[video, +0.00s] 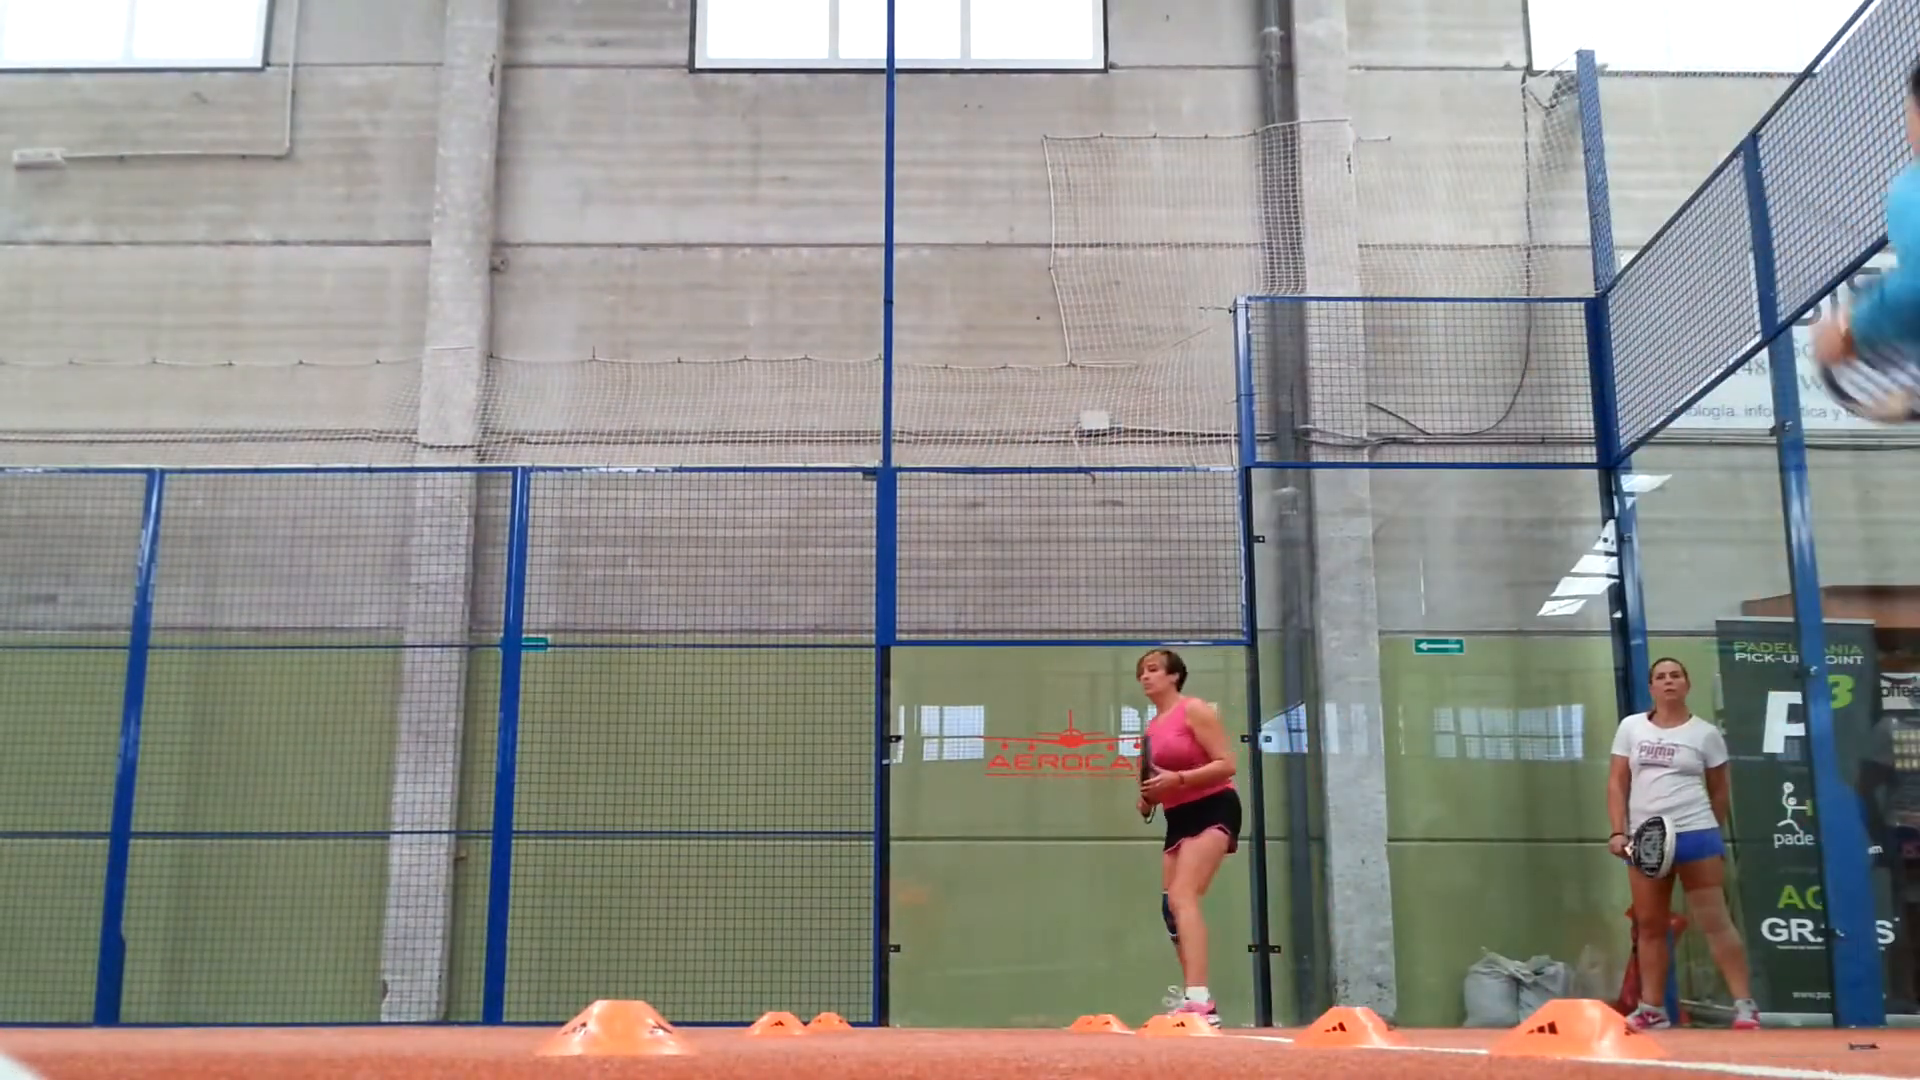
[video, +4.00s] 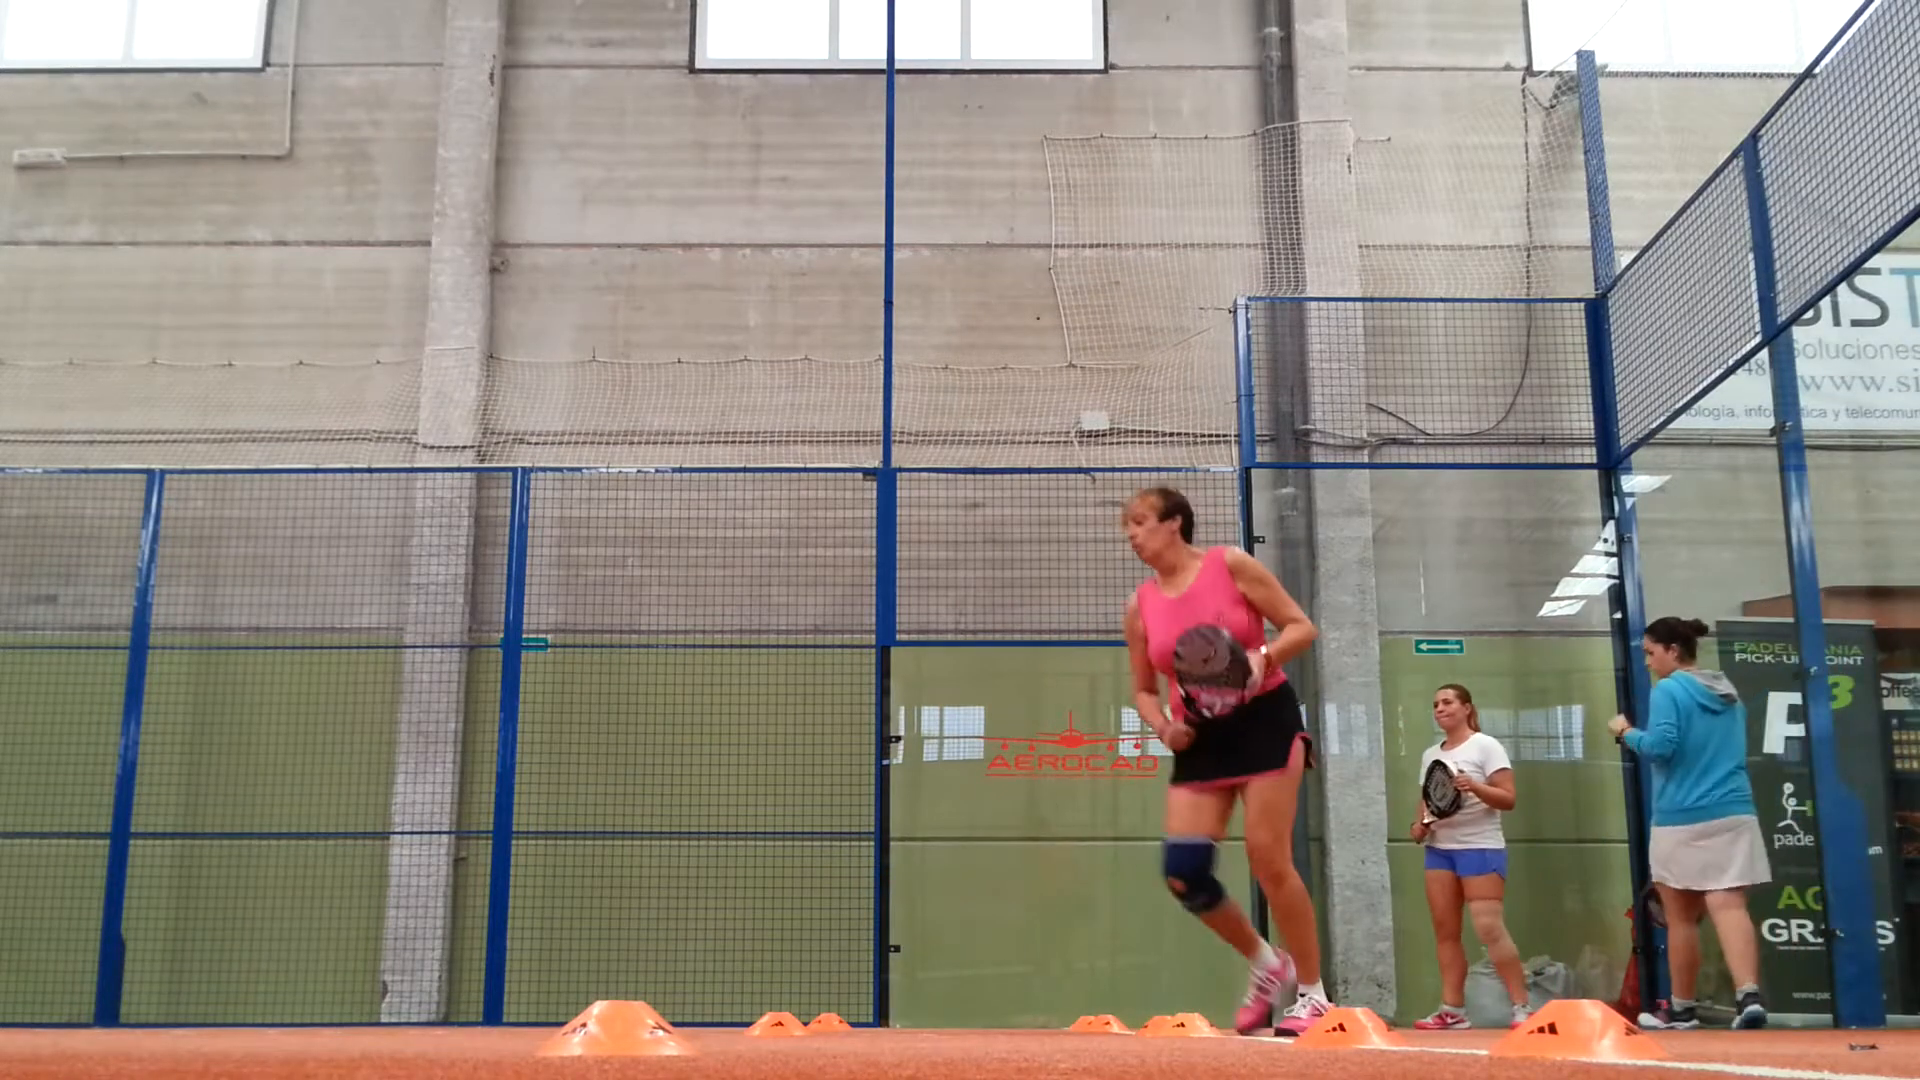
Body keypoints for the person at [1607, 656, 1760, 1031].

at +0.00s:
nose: (1669, 681)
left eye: (1675, 676)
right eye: (1662, 677)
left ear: (1688, 685)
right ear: (1651, 688)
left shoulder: (1706, 734)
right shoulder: (1631, 727)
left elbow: (1720, 793)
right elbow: (1617, 782)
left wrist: (1712, 833)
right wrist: (1618, 831)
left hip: (1696, 835)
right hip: (1646, 840)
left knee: (1716, 921)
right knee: (1649, 925)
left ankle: (1744, 1005)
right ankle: (1651, 1008)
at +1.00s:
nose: (1557, 712)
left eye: (1560, 703)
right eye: (1553, 707)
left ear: (1582, 696)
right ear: (1574, 702)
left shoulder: (1604, 729)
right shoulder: (1580, 738)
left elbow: (1616, 784)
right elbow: (1587, 787)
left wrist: (1563, 789)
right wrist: (1562, 815)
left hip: (1607, 836)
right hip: (1596, 836)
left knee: (1575, 911)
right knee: (1622, 926)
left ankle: (1562, 1002)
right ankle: (1655, 1007)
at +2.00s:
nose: (1432, 701)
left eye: (1438, 693)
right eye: (1430, 695)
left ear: (1461, 694)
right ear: (1434, 701)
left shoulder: (1494, 733)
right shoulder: (1431, 745)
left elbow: (1527, 783)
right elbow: (1425, 796)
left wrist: (1503, 781)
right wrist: (1430, 823)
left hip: (1493, 840)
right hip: (1450, 843)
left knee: (1507, 922)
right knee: (1435, 922)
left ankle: (1551, 1004)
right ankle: (1436, 1008)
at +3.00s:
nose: (1466, 701)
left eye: (1472, 695)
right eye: (1462, 697)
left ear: (1494, 701)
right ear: (1461, 706)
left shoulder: (1516, 741)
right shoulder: (1457, 747)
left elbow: (1542, 796)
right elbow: (1455, 795)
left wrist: (1514, 788)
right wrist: (1455, 820)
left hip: (1513, 845)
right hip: (1471, 845)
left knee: (1512, 927)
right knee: (1458, 923)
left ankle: (1522, 1008)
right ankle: (1443, 1005)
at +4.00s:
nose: (1440, 709)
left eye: (1447, 703)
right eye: (1436, 705)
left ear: (1467, 708)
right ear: (1435, 714)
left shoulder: (1487, 746)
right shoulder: (1431, 755)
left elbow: (1508, 799)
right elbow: (1427, 798)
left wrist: (1475, 786)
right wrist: (1422, 822)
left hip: (1480, 848)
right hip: (1440, 849)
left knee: (1489, 929)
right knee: (1446, 932)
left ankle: (1521, 1006)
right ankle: (1453, 1009)